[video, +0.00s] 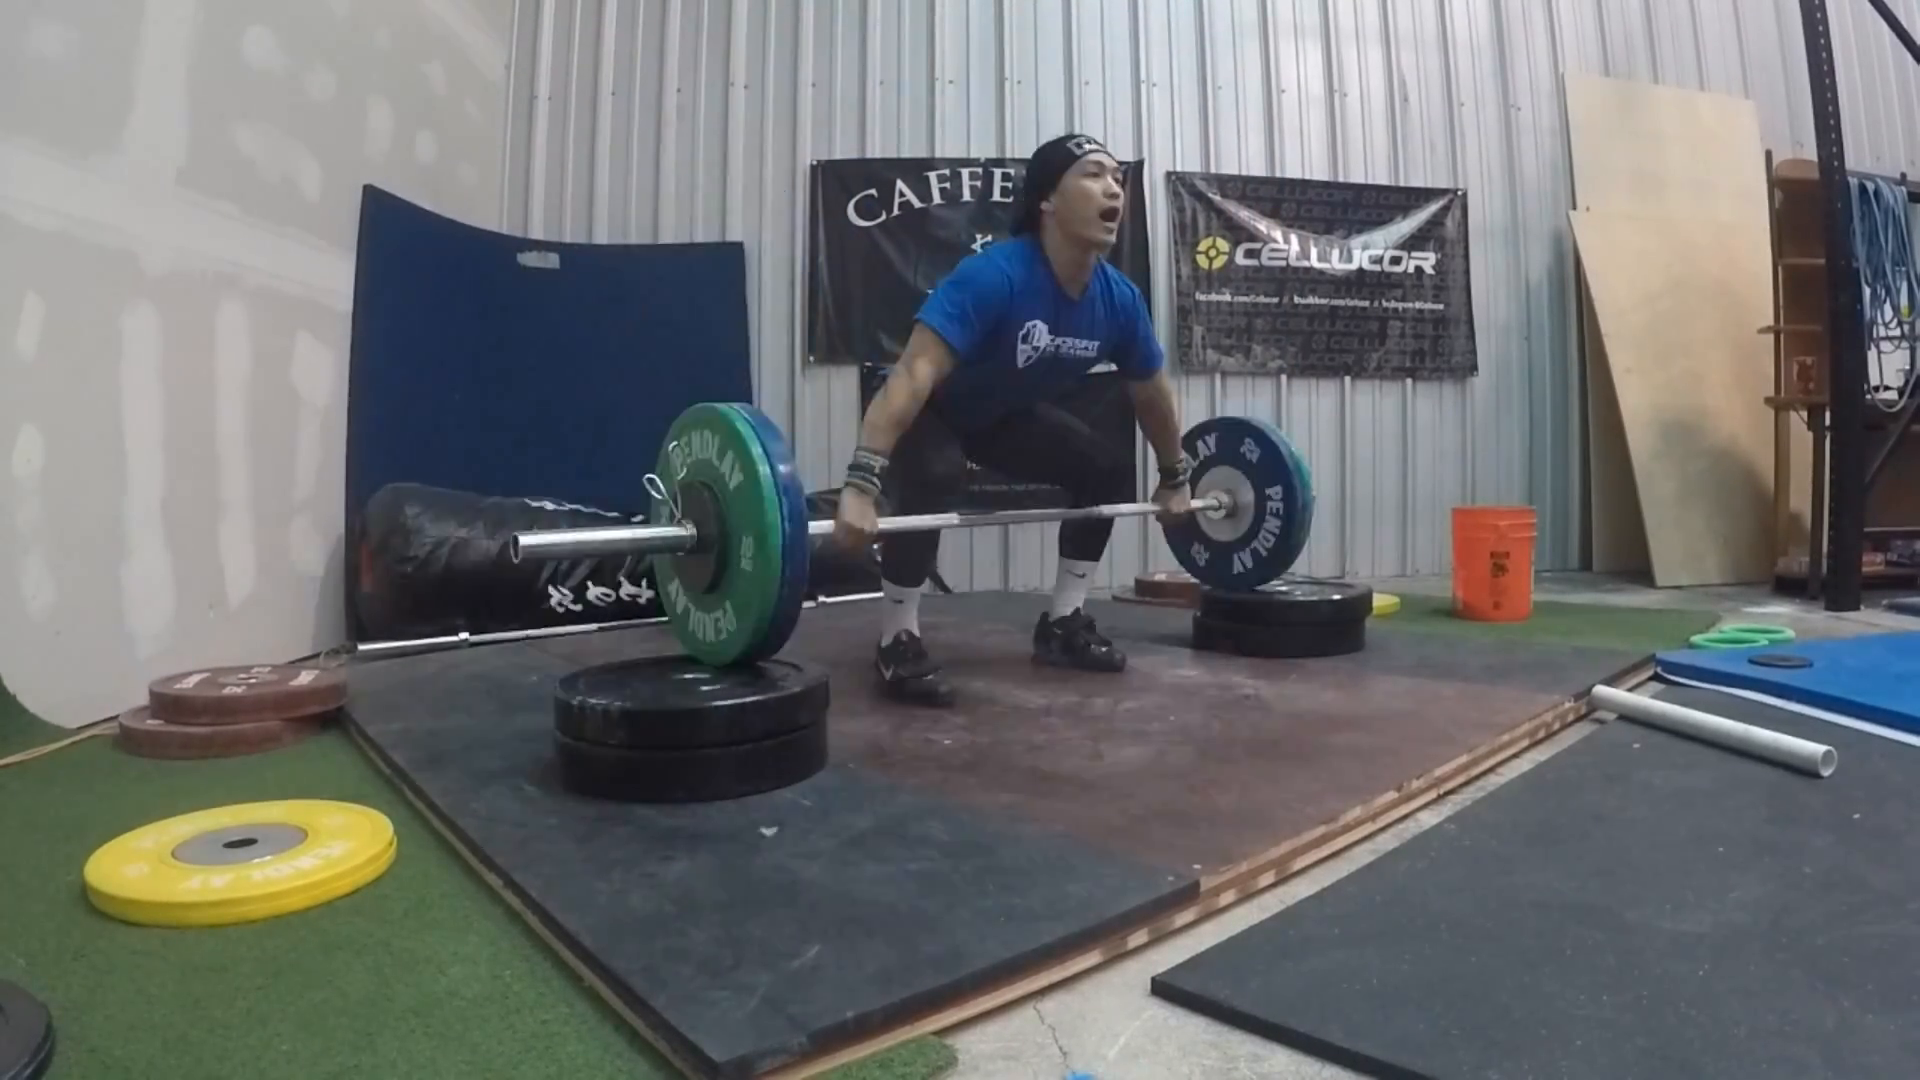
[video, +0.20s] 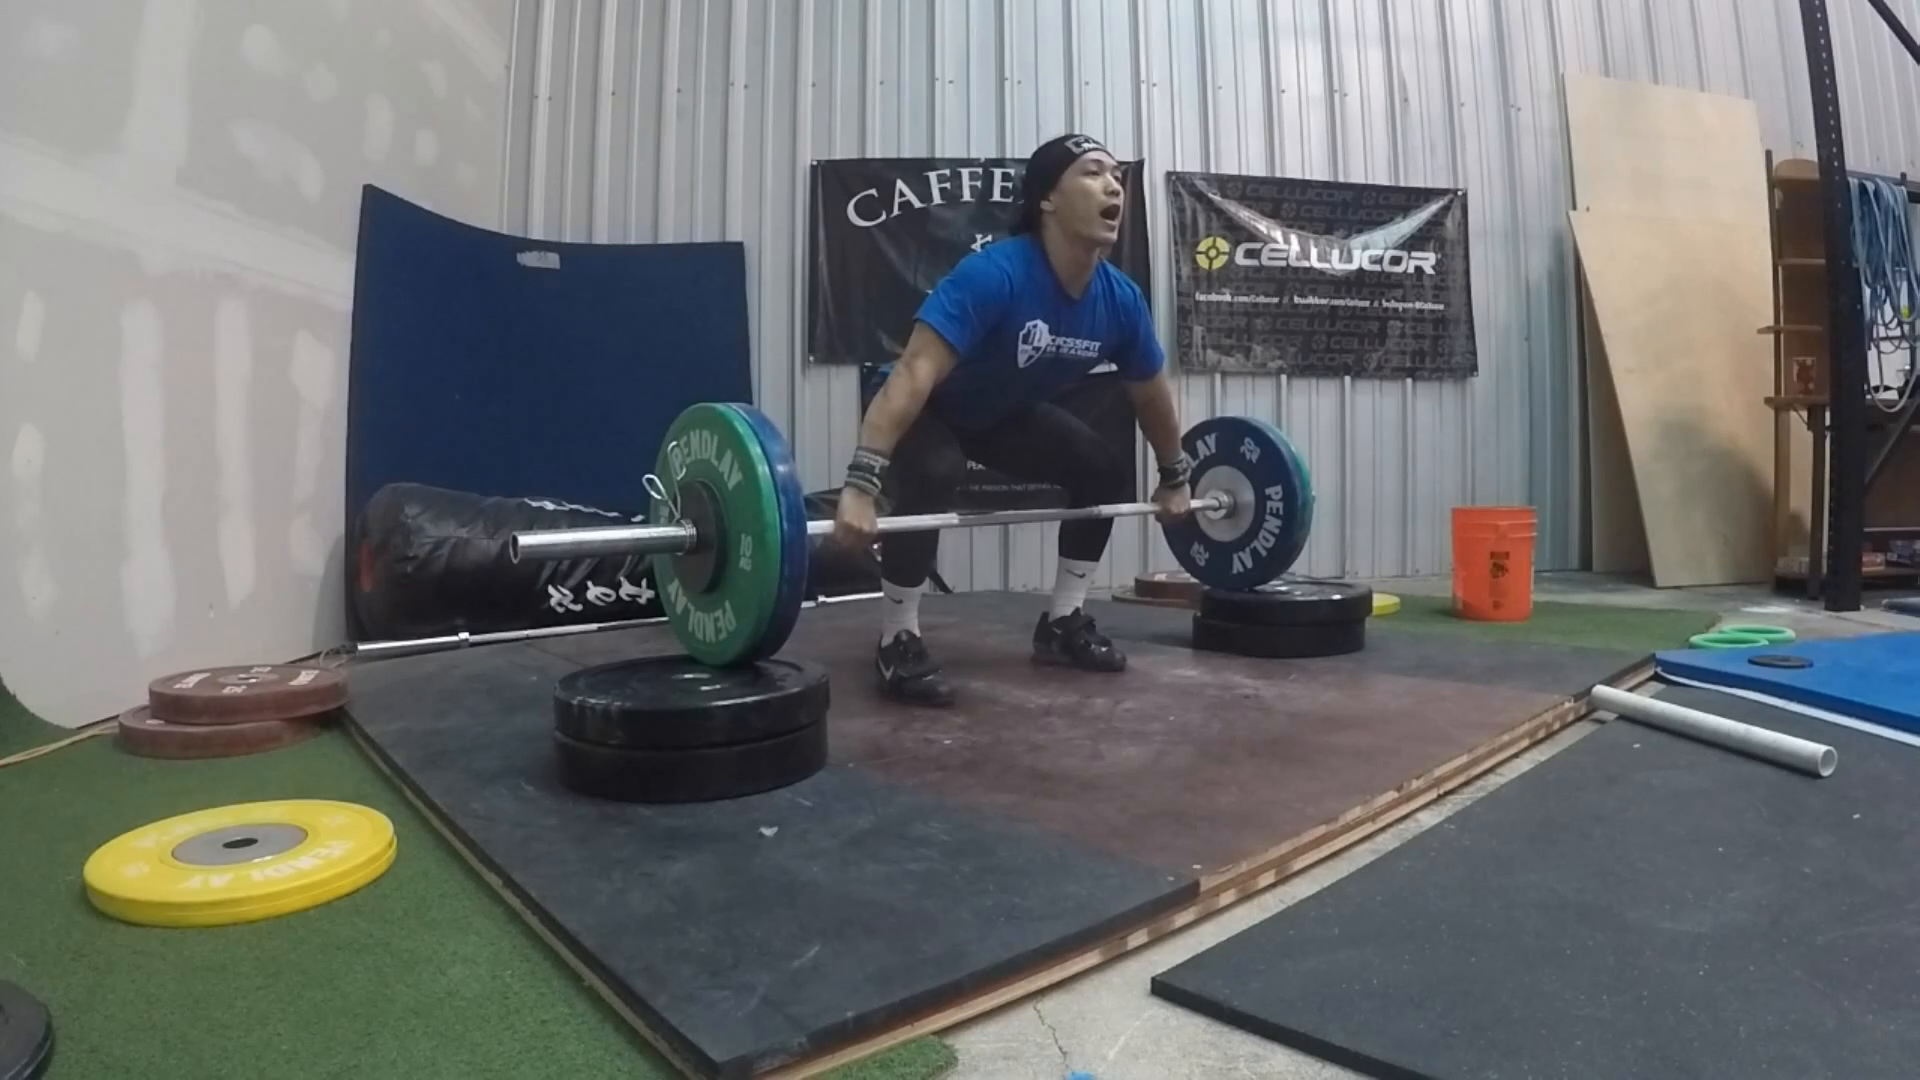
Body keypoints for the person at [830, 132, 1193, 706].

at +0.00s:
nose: (1114, 189)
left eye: (1118, 178)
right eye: (1094, 175)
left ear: (1122, 202)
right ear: (1048, 202)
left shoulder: (1121, 302)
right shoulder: (991, 276)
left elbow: (1151, 392)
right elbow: (913, 372)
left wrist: (1175, 477)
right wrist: (861, 480)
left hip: (1004, 418)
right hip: (928, 413)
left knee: (1104, 466)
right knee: (932, 474)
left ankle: (1063, 621)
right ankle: (900, 638)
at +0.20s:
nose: (1114, 187)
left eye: (1118, 177)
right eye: (1094, 174)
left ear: (1122, 201)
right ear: (1048, 201)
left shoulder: (1122, 303)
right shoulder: (992, 273)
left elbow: (1152, 394)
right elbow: (914, 371)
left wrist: (1174, 477)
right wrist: (861, 481)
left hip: (1003, 415)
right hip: (925, 412)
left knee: (1104, 464)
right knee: (931, 472)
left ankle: (1063, 621)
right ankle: (899, 639)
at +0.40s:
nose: (1113, 173)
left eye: (1116, 162)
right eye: (1093, 159)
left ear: (1120, 185)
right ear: (1046, 183)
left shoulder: (1110, 284)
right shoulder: (989, 260)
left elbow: (1138, 378)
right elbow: (914, 363)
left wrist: (1169, 468)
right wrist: (867, 473)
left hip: (1001, 402)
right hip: (924, 398)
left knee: (1101, 464)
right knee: (931, 471)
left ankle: (1064, 621)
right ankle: (901, 639)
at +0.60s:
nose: (1104, 119)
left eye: (1106, 109)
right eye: (1085, 108)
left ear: (1111, 132)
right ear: (1040, 133)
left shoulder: (1102, 231)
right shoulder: (984, 206)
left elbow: (1131, 324)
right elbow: (900, 294)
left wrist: (1162, 417)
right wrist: (860, 400)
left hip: (996, 367)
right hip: (920, 361)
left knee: (1076, 451)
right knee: (917, 459)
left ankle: (1064, 620)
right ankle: (899, 639)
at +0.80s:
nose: (1012, 19)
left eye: (1014, 15)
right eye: (993, 15)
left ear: (1022, 49)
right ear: (962, 48)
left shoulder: (1055, 134)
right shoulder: (941, 112)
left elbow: (1097, 223)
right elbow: (858, 176)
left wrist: (1143, 309)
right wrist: (841, 266)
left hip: (1037, 331)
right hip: (957, 329)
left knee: (1111, 460)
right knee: (963, 456)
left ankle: (1072, 613)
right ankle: (908, 632)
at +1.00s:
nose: (902, 72)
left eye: (904, 67)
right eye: (886, 68)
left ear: (915, 87)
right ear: (858, 92)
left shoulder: (953, 136)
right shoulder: (859, 130)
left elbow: (1038, 185)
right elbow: (797, 146)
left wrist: (1134, 200)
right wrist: (824, 127)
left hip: (1009, 292)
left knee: (1080, 441)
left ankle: (1041, 595)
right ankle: (871, 615)